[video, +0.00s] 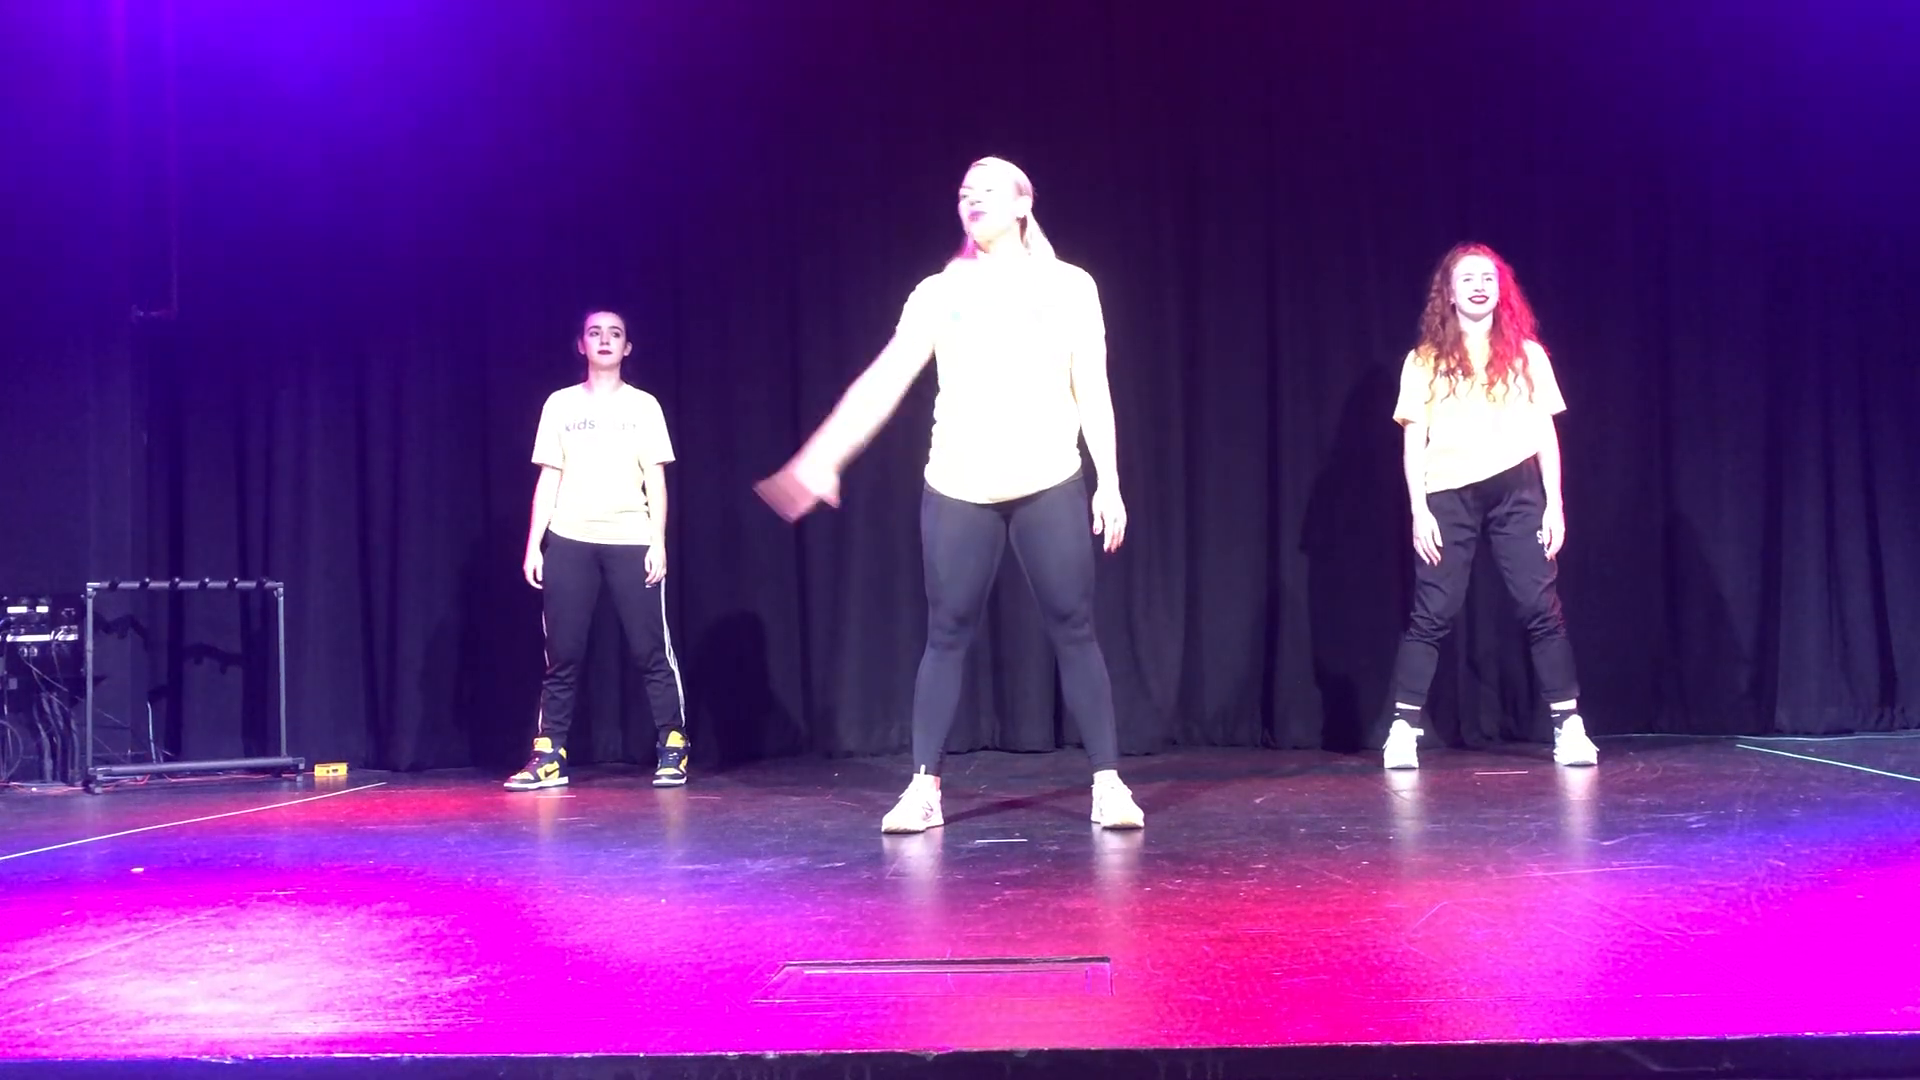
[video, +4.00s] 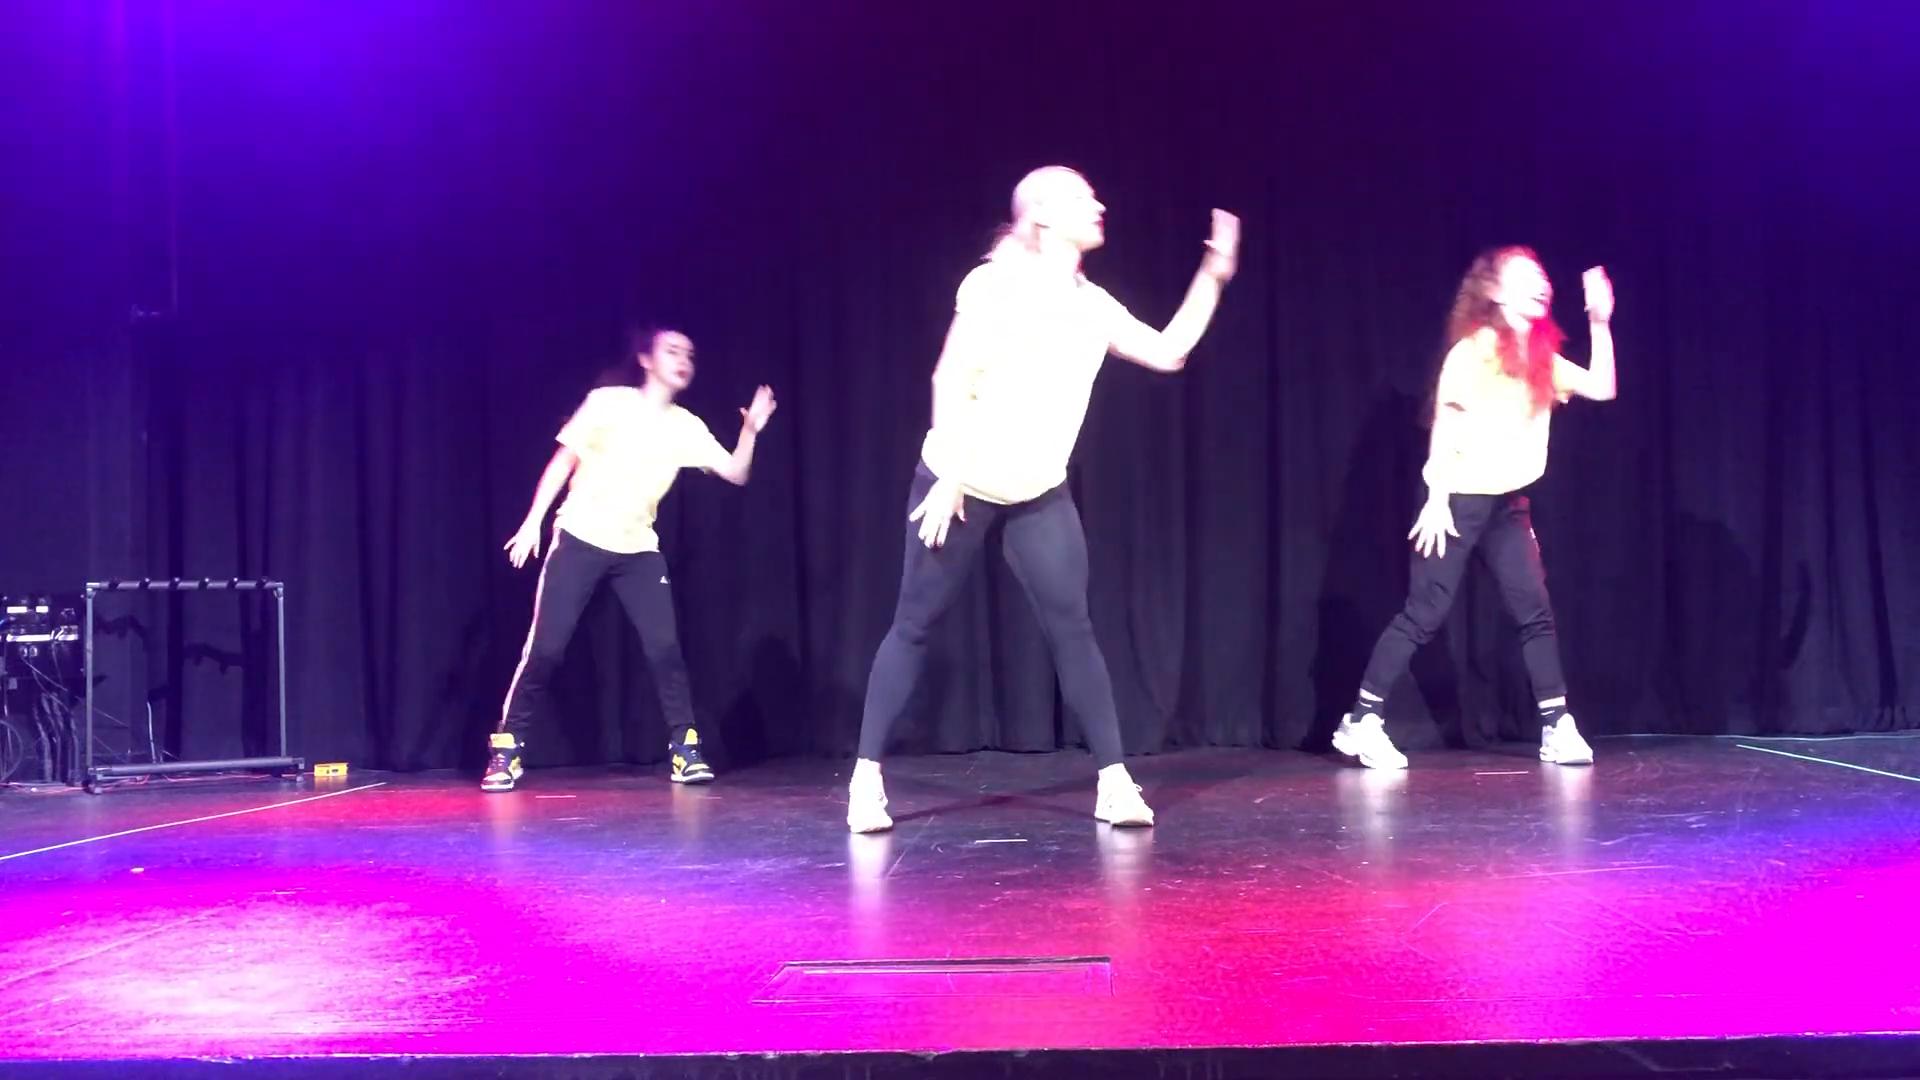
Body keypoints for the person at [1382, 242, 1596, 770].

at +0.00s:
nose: (1478, 287)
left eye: (1487, 279)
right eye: (1468, 279)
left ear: (1501, 289)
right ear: (1448, 289)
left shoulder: (1527, 353)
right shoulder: (1425, 359)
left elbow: (1546, 434)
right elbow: (1414, 442)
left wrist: (1554, 505)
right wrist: (1419, 510)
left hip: (1518, 493)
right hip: (1448, 498)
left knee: (1541, 608)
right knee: (1433, 611)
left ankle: (1568, 726)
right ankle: (1404, 728)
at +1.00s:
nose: (1446, 319)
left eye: (1456, 311)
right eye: (1437, 310)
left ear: (1477, 320)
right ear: (1419, 318)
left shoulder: (1505, 370)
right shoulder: (1411, 378)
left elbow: (1550, 426)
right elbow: (1367, 415)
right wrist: (1413, 356)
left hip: (1500, 517)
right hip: (1430, 523)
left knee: (1538, 621)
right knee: (1416, 622)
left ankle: (1592, 721)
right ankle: (1403, 731)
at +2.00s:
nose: (1615, 322)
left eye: (1616, 314)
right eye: (1603, 314)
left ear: (1613, 322)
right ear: (1570, 318)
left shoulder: (1586, 371)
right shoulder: (1537, 360)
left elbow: (1618, 433)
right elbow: (1577, 416)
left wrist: (1621, 372)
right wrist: (1604, 359)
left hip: (1526, 513)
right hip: (1470, 508)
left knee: (1556, 612)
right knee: (1445, 622)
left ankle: (1571, 730)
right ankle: (1370, 724)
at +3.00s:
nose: (1390, 397)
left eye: (1400, 384)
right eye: (1382, 387)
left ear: (1425, 383)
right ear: (1372, 392)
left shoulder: (1464, 412)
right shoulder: (1376, 428)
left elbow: (1487, 478)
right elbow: (1345, 506)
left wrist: (1424, 430)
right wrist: (1370, 441)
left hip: (1500, 515)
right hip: (1432, 527)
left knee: (1530, 614)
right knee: (1413, 621)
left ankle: (1570, 724)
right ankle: (1387, 730)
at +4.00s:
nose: (1541, 285)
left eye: (1540, 276)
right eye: (1525, 276)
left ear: (1542, 289)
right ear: (1494, 288)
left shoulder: (1539, 357)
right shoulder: (1471, 351)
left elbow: (1601, 387)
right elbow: (1445, 426)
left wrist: (1599, 321)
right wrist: (1436, 498)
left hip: (1510, 502)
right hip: (1459, 499)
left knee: (1534, 611)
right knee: (1423, 613)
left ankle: (1557, 727)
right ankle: (1361, 722)